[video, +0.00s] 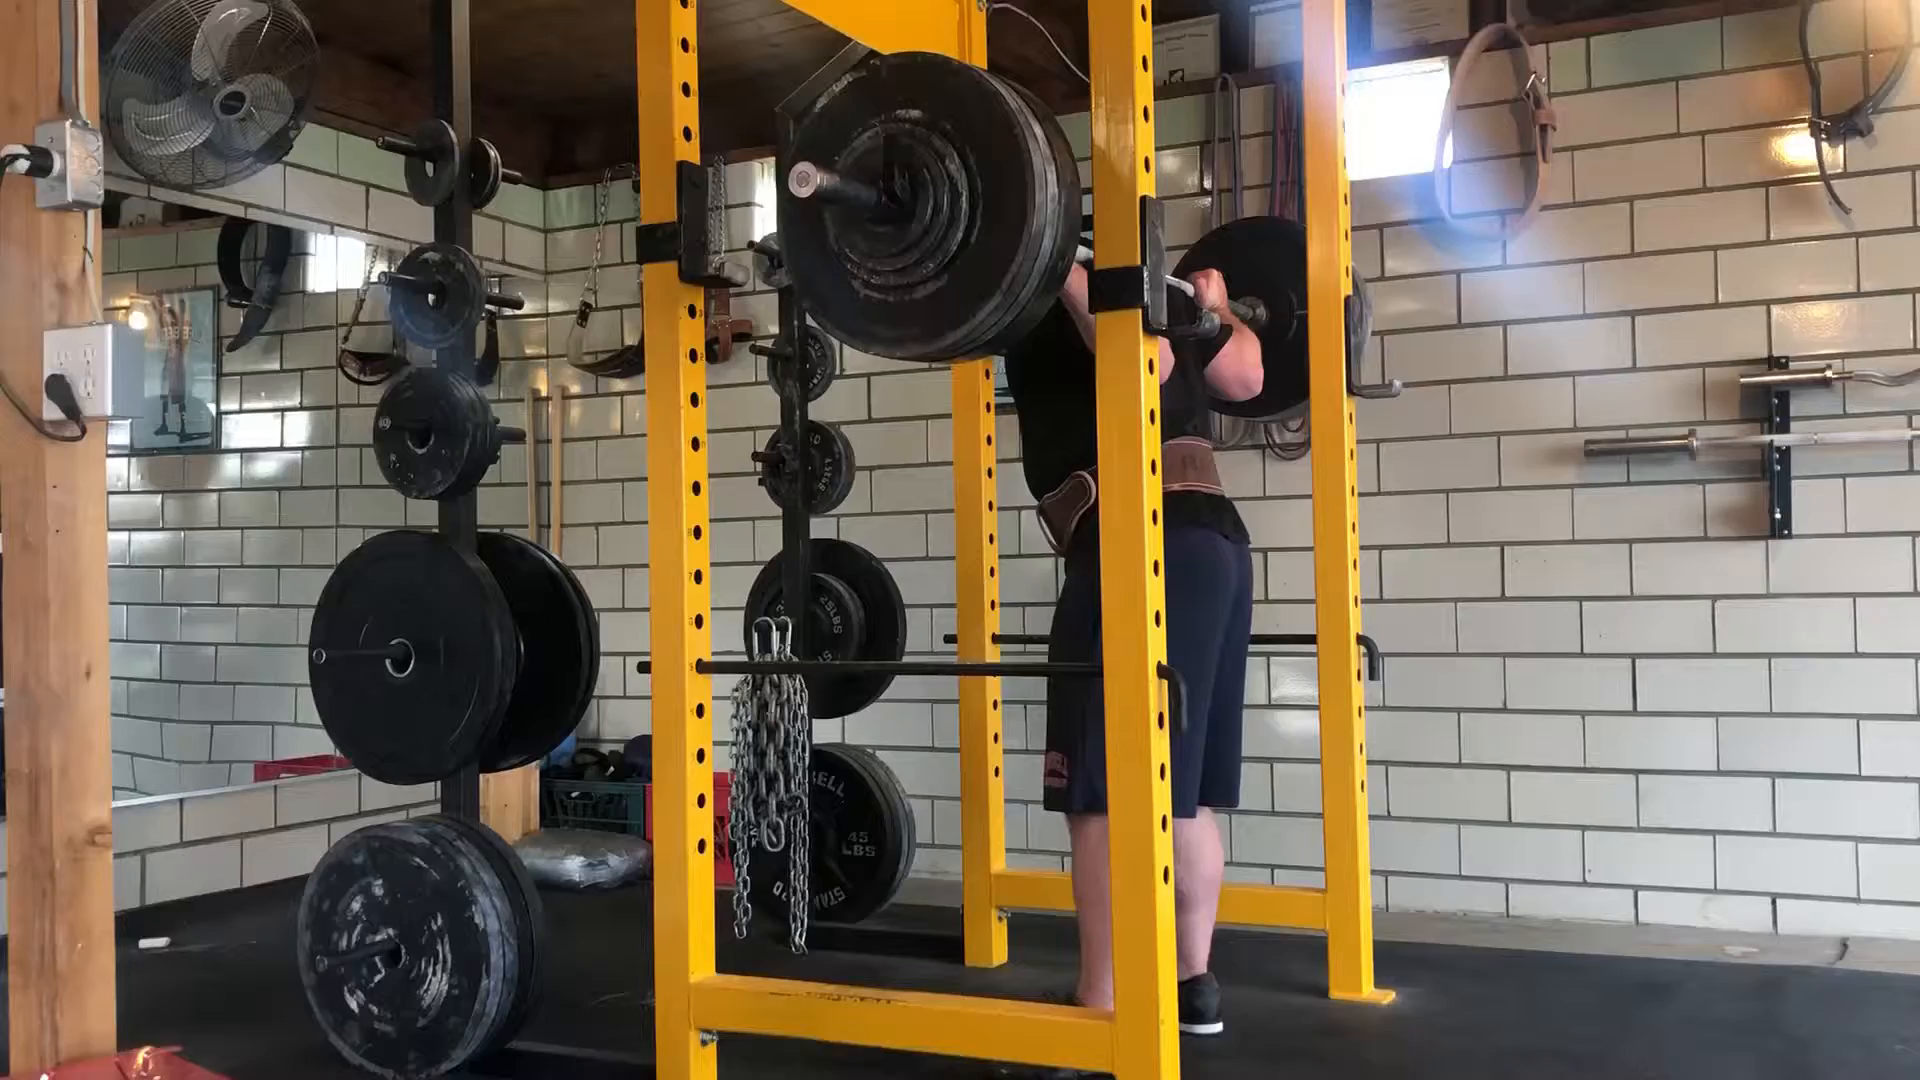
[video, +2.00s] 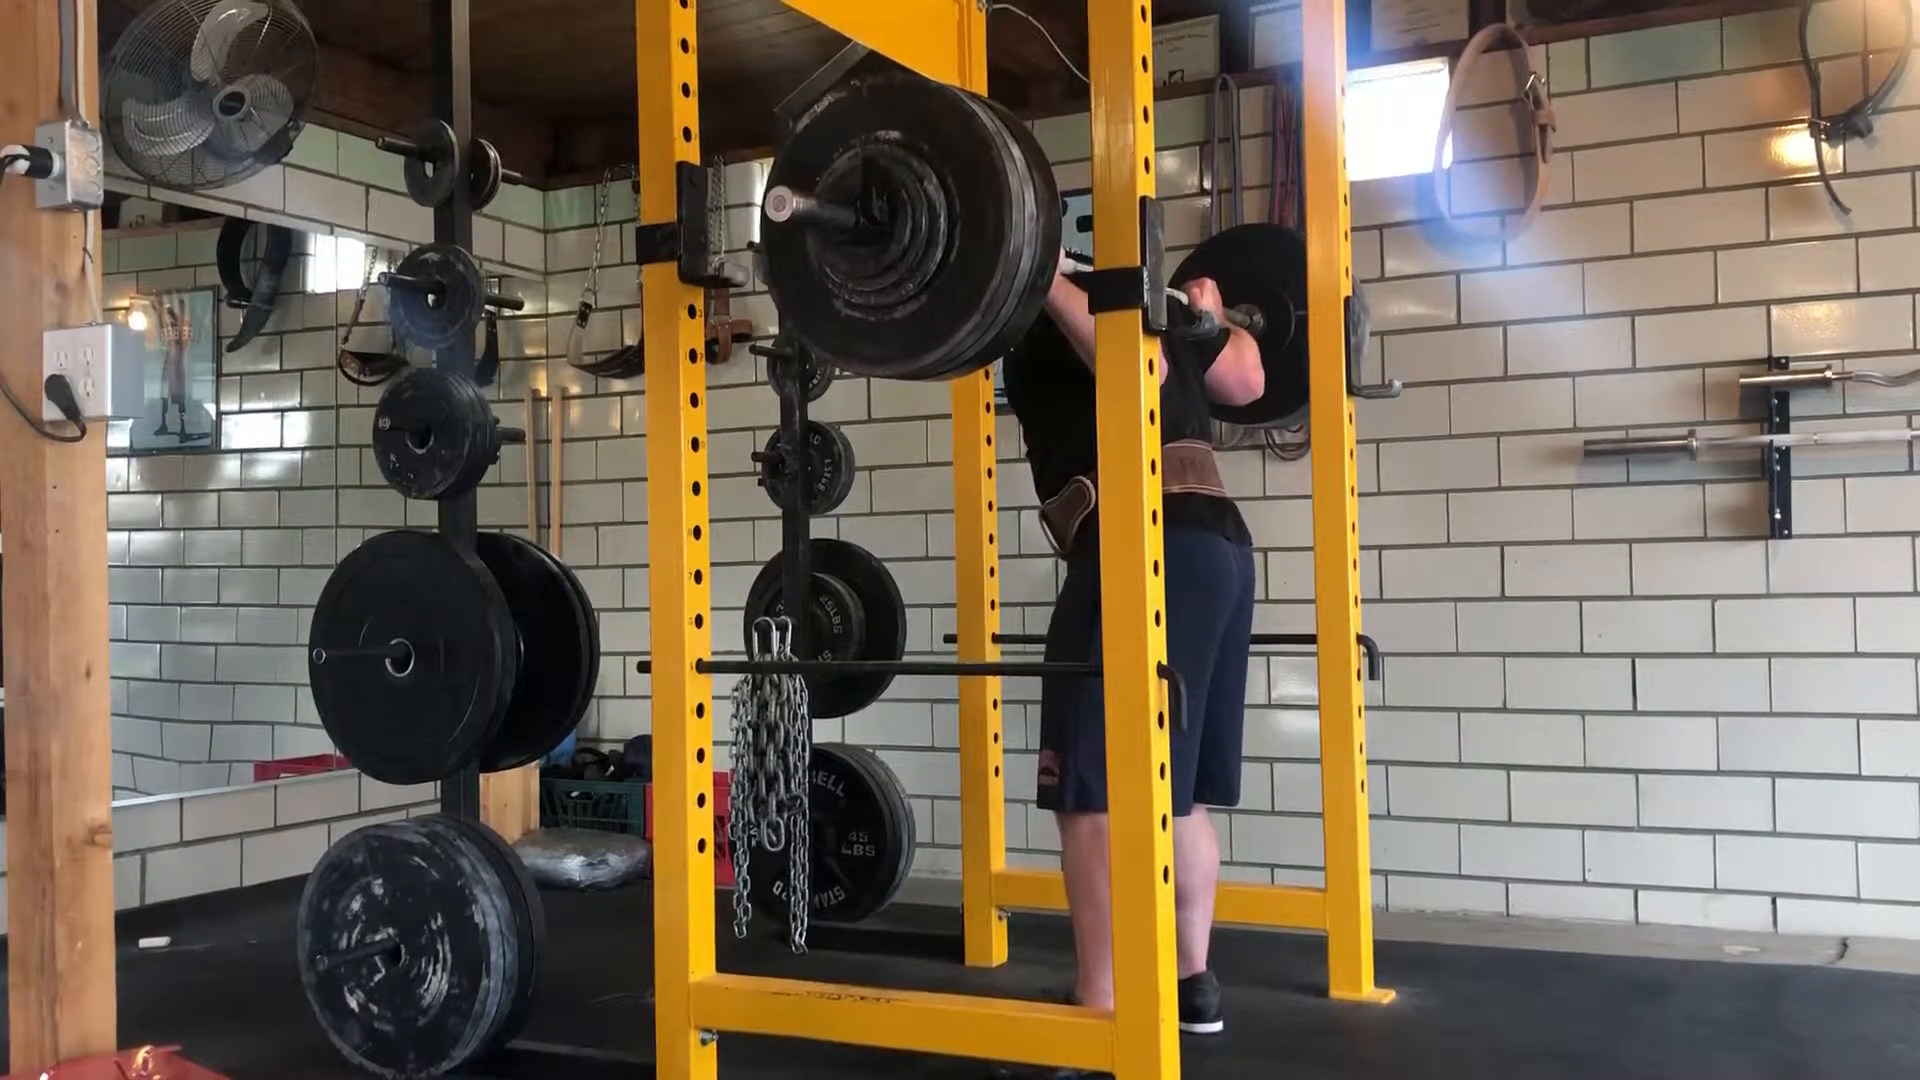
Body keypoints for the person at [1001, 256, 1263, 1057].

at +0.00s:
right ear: (1094, 229)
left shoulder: (1052, 286)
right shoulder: (1163, 296)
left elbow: (1145, 367)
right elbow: (1247, 376)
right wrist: (1217, 308)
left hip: (1127, 539)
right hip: (1210, 541)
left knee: (1094, 786)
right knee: (1190, 786)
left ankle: (1100, 1000)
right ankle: (1194, 983)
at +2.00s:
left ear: (1024, 244)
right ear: (1067, 234)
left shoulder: (1050, 297)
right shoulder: (1159, 298)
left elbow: (1134, 373)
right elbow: (1246, 379)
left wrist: (1051, 281)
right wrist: (1211, 307)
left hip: (1132, 539)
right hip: (1218, 546)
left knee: (1085, 782)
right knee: (1190, 783)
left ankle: (1100, 1000)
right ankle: (1194, 985)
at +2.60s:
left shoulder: (1073, 395)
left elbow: (1167, 457)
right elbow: (1259, 458)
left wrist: (1048, 375)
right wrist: (1209, 393)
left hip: (1234, 601)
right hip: (1291, 602)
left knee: (1064, 786)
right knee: (1185, 795)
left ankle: (1099, 1006)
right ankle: (1192, 986)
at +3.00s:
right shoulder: (1144, 496)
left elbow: (1163, 568)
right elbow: (1262, 555)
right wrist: (1216, 505)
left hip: (1261, 694)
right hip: (1310, 694)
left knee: (1036, 802)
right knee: (1169, 812)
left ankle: (1102, 1021)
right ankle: (1190, 982)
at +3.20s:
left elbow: (1161, 626)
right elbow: (1259, 603)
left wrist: (1041, 545)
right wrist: (1203, 550)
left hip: (1266, 744)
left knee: (1016, 810)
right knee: (1145, 812)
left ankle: (1104, 1029)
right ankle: (1188, 983)